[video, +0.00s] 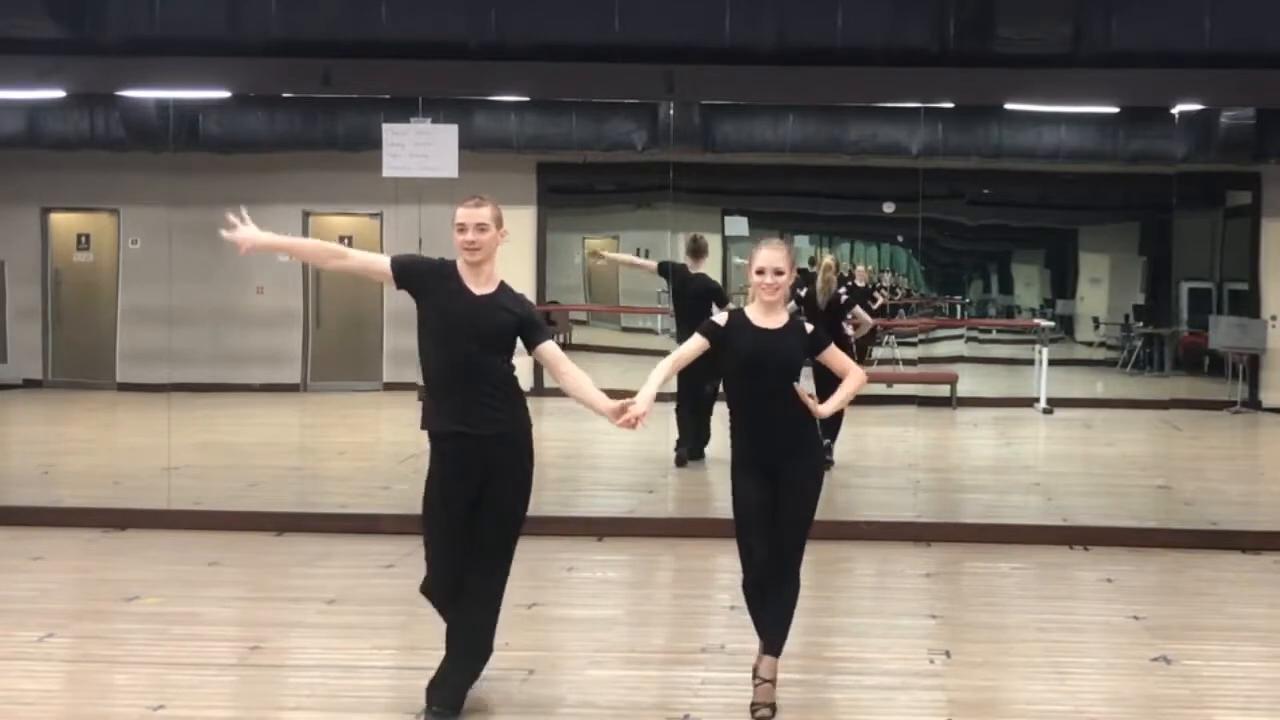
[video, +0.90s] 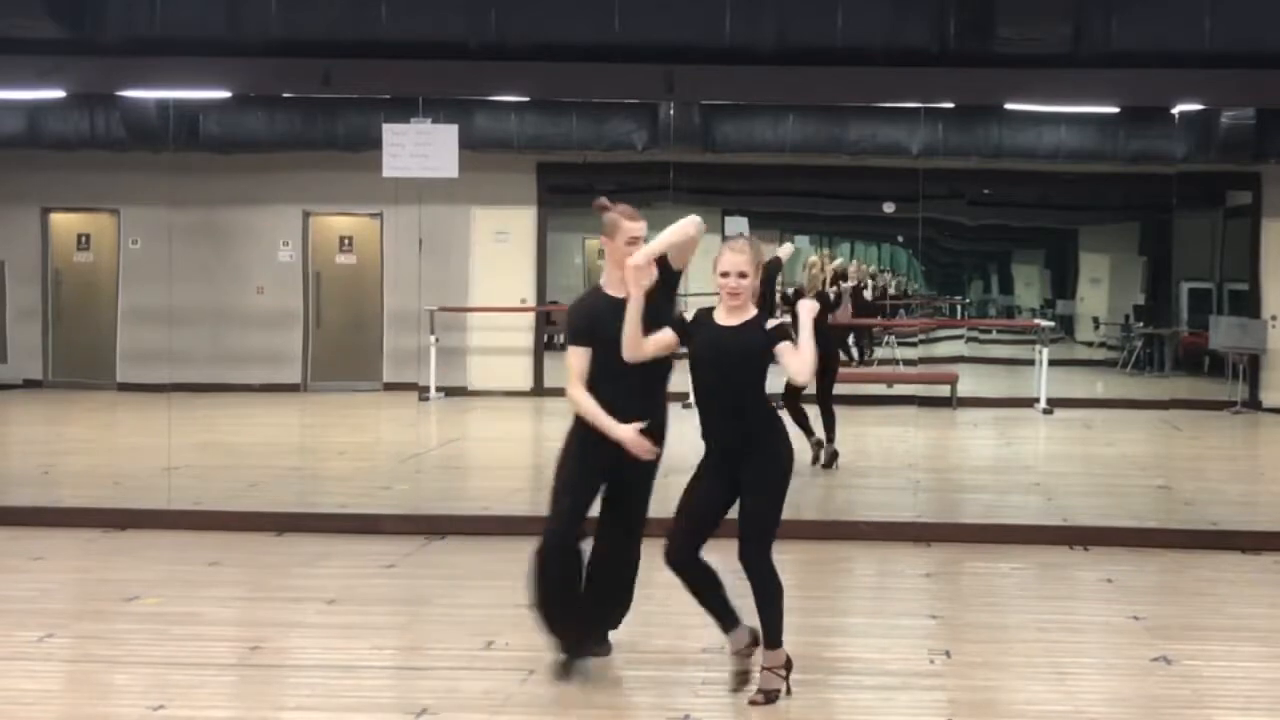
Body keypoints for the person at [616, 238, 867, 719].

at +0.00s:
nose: (769, 280)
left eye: (778, 272)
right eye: (761, 272)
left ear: (792, 277)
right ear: (749, 275)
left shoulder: (806, 330)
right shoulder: (728, 325)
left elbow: (856, 374)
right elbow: (672, 363)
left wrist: (826, 408)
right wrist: (644, 399)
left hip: (799, 456)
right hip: (749, 458)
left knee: (785, 562)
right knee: (756, 565)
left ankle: (767, 669)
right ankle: (769, 650)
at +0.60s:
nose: (757, 278)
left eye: (765, 270)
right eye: (749, 270)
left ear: (778, 273)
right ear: (734, 272)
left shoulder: (794, 315)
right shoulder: (717, 324)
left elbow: (846, 356)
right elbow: (664, 369)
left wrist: (813, 397)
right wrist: (649, 333)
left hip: (773, 450)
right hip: (722, 450)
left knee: (764, 552)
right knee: (736, 552)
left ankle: (762, 666)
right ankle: (748, 645)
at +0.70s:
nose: (750, 277)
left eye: (758, 269)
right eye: (741, 269)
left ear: (771, 273)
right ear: (726, 271)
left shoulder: (788, 316)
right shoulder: (711, 323)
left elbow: (843, 357)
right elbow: (661, 371)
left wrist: (811, 350)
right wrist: (648, 325)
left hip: (770, 446)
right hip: (720, 448)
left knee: (754, 551)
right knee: (741, 550)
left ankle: (763, 658)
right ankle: (762, 648)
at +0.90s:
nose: (732, 283)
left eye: (741, 275)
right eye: (725, 275)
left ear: (757, 280)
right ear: (714, 278)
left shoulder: (767, 328)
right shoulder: (697, 323)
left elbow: (802, 373)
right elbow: (634, 351)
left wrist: (806, 320)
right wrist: (636, 291)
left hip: (765, 455)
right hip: (720, 456)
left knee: (755, 554)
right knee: (680, 553)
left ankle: (775, 657)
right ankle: (740, 638)